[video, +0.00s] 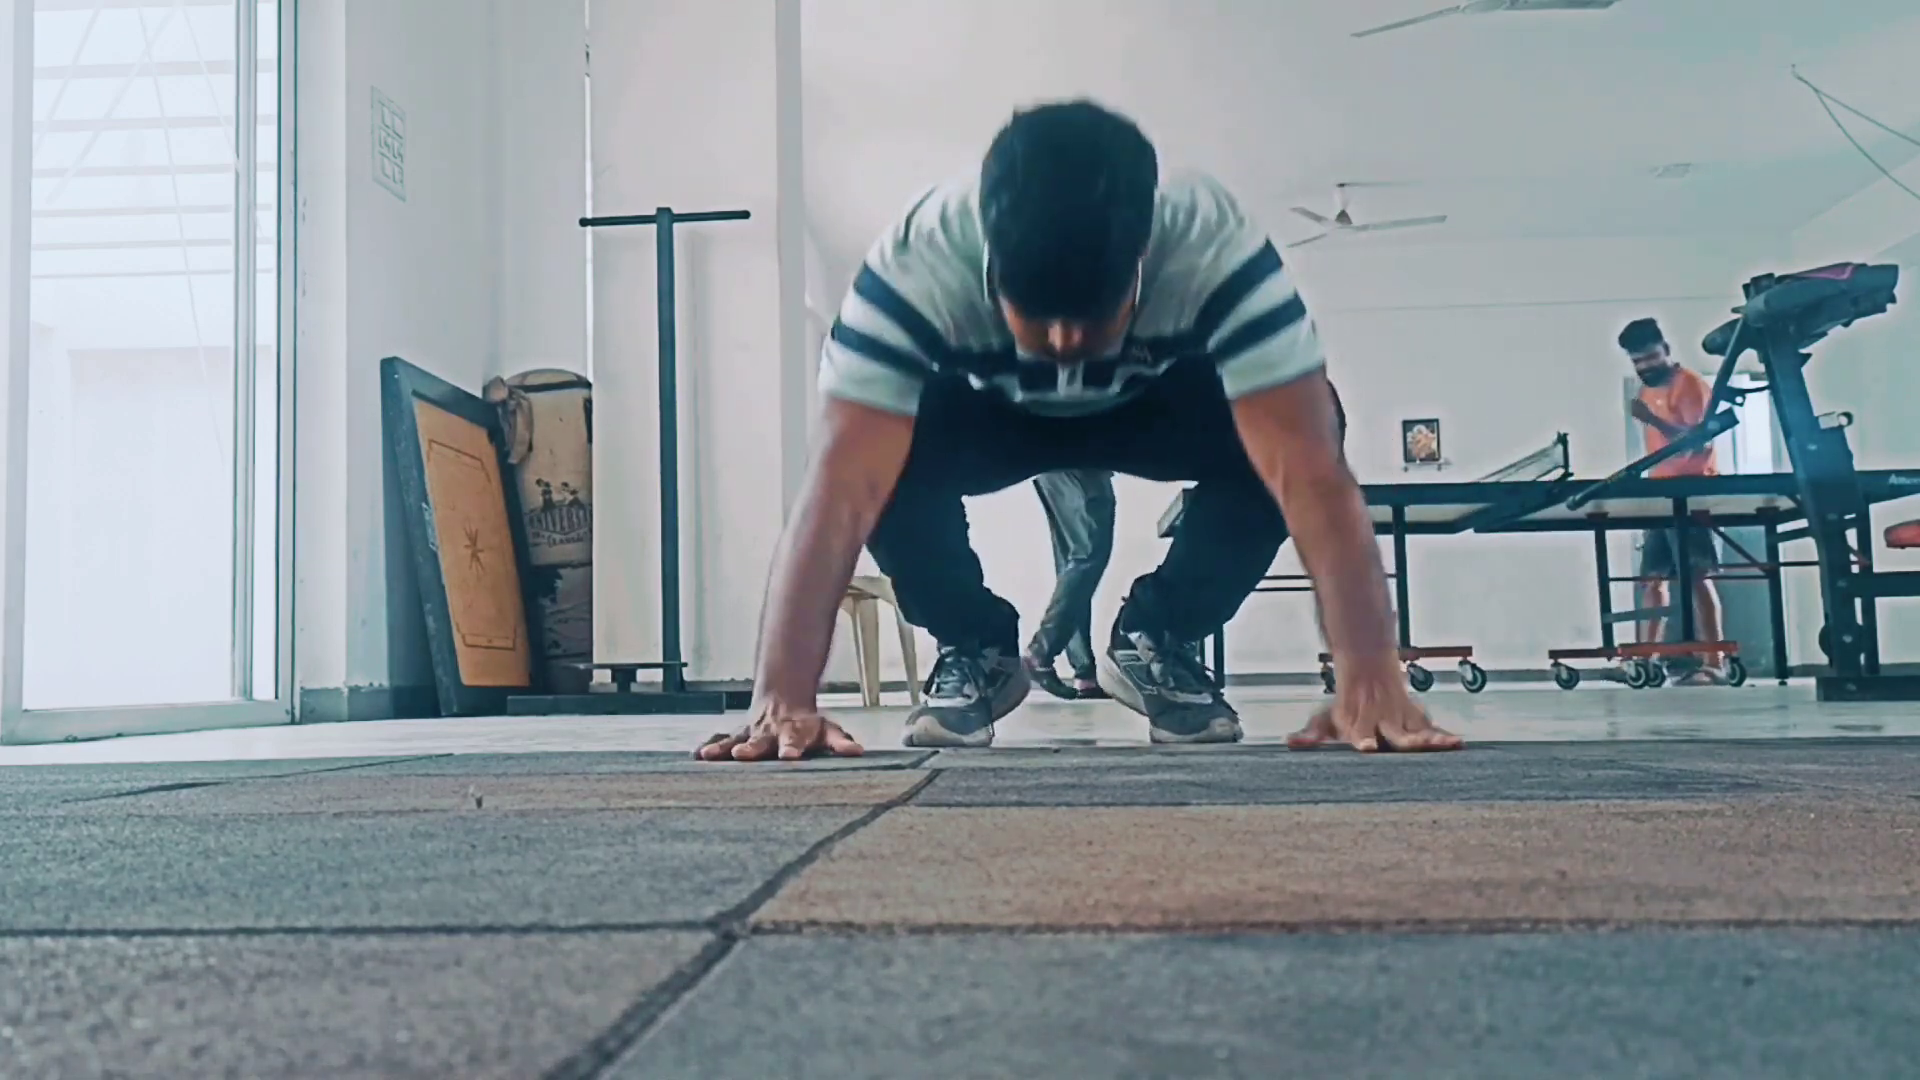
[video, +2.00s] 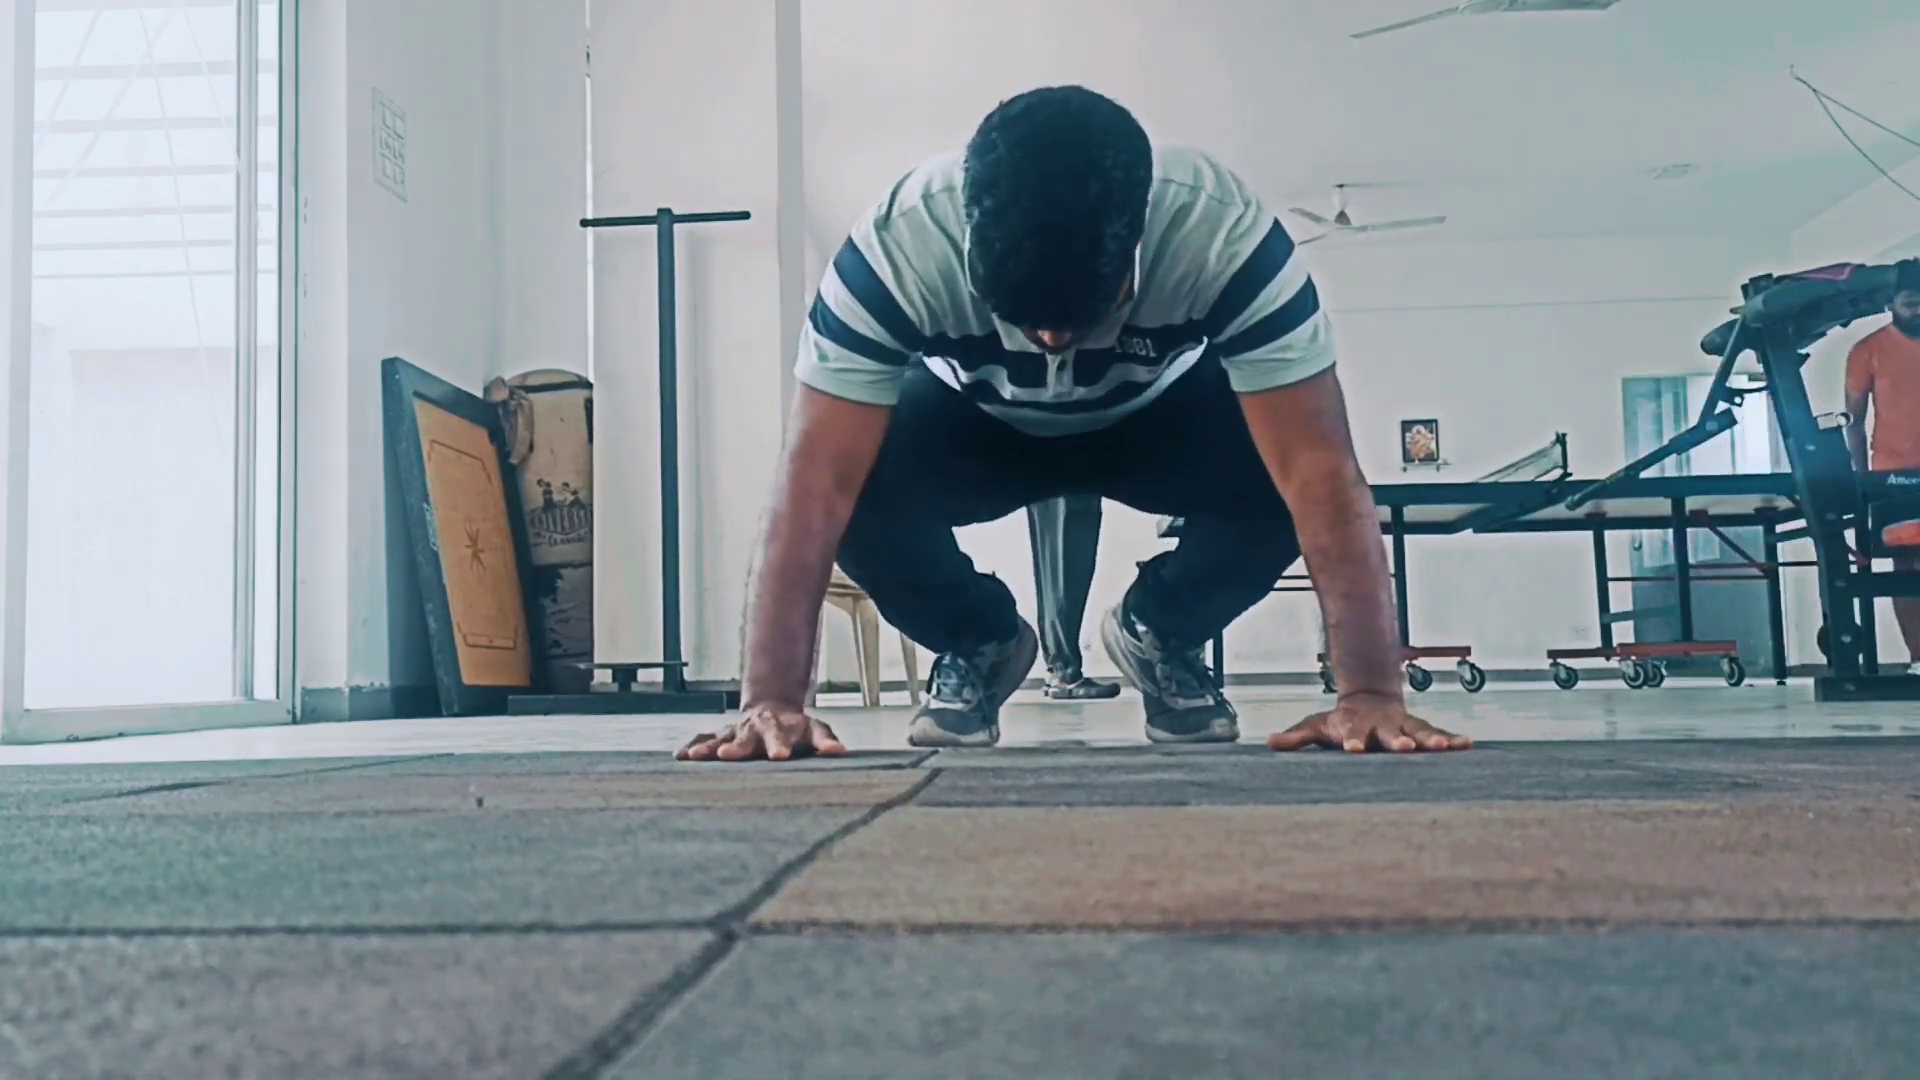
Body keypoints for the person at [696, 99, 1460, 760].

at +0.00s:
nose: (1063, 346)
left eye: (1095, 324)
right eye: (1037, 324)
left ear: (1144, 259)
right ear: (995, 258)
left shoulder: (1218, 247)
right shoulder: (919, 265)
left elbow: (1313, 473)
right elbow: (844, 488)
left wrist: (1370, 679)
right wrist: (784, 698)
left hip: (1151, 403)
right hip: (995, 412)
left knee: (1298, 435)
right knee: (882, 474)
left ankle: (1160, 638)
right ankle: (977, 644)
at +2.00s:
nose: (1058, 349)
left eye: (1090, 327)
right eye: (1029, 330)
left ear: (1139, 245)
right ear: (977, 244)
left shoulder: (1227, 235)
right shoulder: (900, 252)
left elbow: (1321, 476)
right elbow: (819, 476)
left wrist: (1372, 691)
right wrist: (772, 699)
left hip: (1158, 416)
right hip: (981, 421)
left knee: (1292, 494)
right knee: (851, 492)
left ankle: (1165, 626)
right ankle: (983, 638)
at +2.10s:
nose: (1060, 373)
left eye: (1086, 352)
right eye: (1025, 352)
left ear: (1144, 268)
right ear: (971, 257)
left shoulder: (1233, 229)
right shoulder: (896, 238)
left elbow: (1334, 460)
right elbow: (804, 469)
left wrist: (1375, 691)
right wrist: (771, 698)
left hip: (1157, 357)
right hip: (974, 363)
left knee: (1264, 477)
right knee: (868, 490)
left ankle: (1161, 629)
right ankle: (985, 642)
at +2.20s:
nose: (1077, 434)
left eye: (1098, 410)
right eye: (1048, 415)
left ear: (1150, 307)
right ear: (978, 293)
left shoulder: (1232, 220)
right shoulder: (898, 228)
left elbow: (1349, 456)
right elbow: (804, 462)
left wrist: (1375, 694)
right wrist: (771, 699)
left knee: (1253, 444)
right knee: (885, 456)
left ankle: (1167, 630)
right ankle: (980, 635)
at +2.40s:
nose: (1064, 448)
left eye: (1082, 429)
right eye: (1036, 427)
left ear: (1146, 319)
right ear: (965, 297)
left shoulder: (1239, 214)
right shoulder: (888, 226)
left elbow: (1360, 451)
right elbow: (789, 455)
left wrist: (1377, 696)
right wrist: (768, 700)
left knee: (1210, 499)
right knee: (930, 508)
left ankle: (1190, 573)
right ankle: (944, 609)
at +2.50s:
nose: (1064, 439)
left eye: (1097, 402)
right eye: (1023, 414)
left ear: (1151, 300)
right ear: (961, 284)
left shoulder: (1249, 216)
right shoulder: (880, 230)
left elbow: (1363, 454)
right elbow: (790, 461)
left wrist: (1379, 693)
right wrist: (766, 700)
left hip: (1169, 339)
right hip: (962, 350)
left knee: (1188, 541)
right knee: (965, 540)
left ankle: (1197, 647)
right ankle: (941, 643)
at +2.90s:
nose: (1060, 474)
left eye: (1086, 453)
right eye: (1039, 455)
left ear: (1145, 354)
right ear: (979, 343)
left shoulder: (1218, 253)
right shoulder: (909, 267)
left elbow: (1336, 474)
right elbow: (805, 476)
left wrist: (1374, 692)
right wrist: (771, 700)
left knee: (1170, 511)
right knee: (958, 525)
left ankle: (1191, 682)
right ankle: (955, 668)